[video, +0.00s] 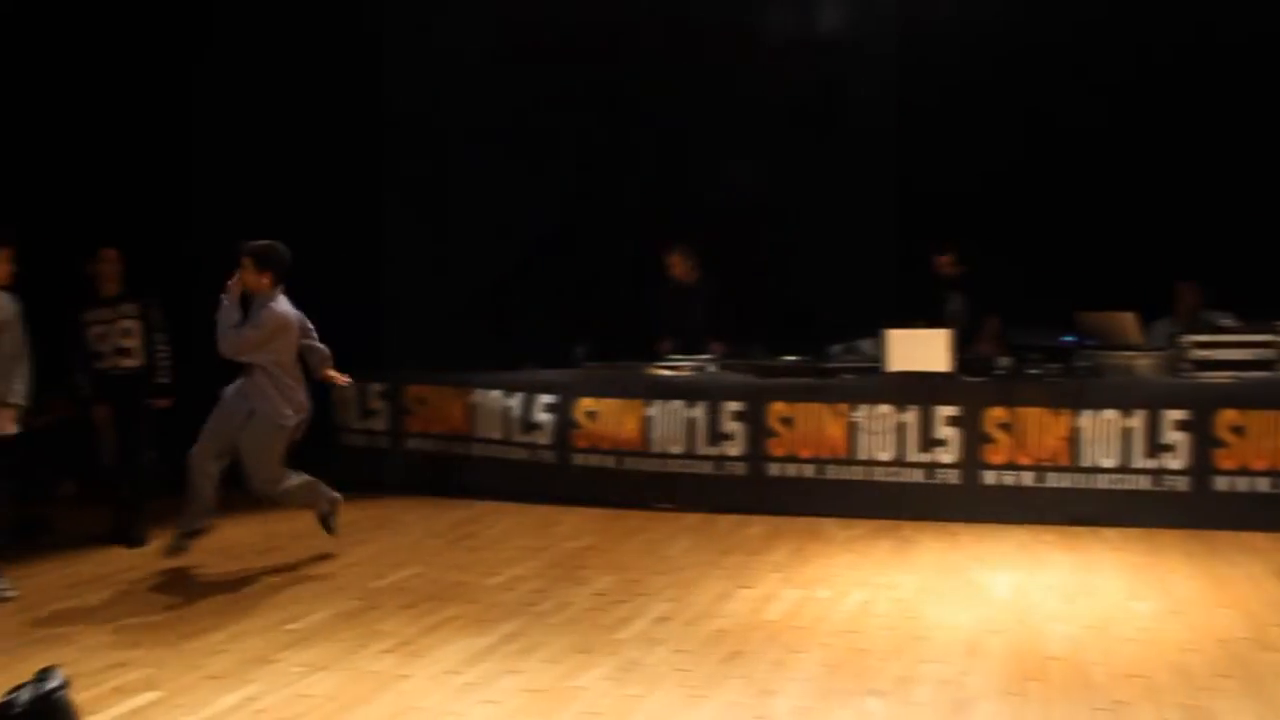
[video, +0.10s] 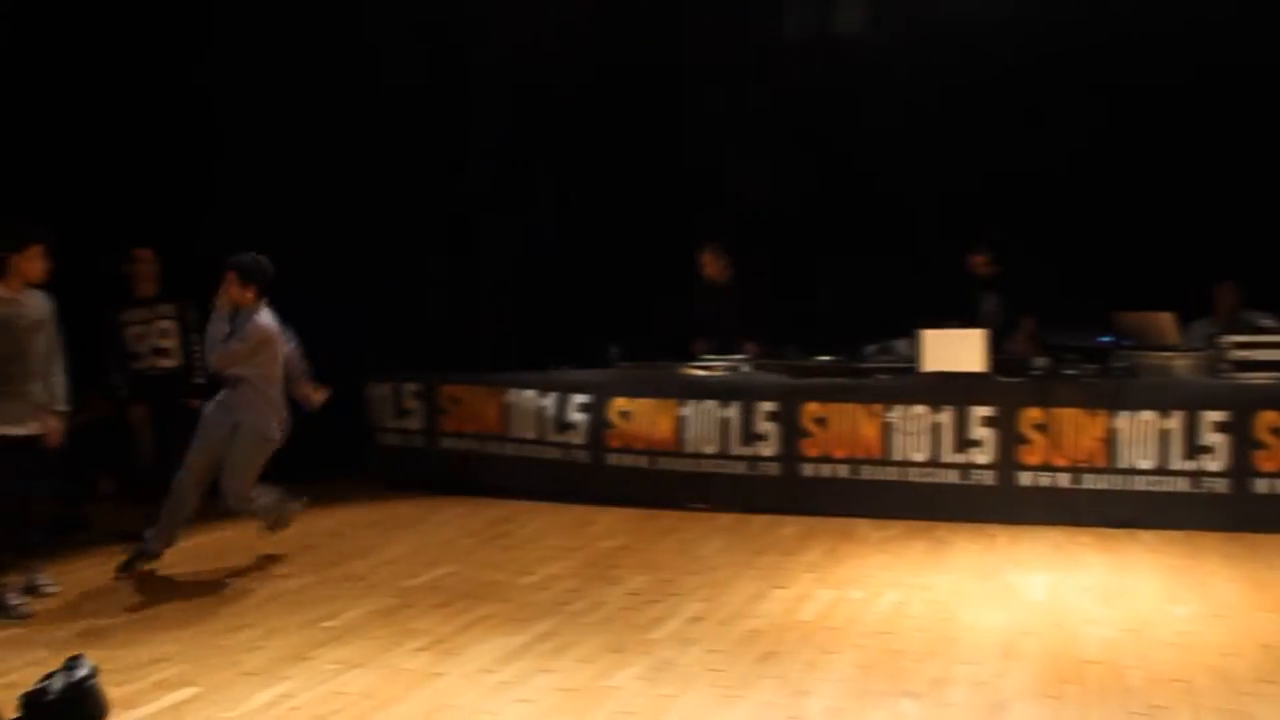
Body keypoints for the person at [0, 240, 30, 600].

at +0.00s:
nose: (8, 271)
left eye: (10, 263)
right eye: (5, 263)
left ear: (14, 268)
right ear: (1, 267)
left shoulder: (11, 306)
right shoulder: (11, 307)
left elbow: (18, 359)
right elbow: (18, 359)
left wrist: (12, 406)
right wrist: (12, 405)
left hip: (8, 420)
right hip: (9, 420)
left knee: (9, 495)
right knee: (10, 495)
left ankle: (5, 569)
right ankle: (5, 568)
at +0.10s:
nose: (42, 265)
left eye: (42, 257)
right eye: (35, 258)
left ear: (34, 263)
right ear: (14, 261)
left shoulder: (40, 304)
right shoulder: (7, 304)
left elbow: (53, 361)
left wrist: (56, 410)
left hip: (36, 430)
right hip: (7, 433)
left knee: (37, 505)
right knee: (11, 513)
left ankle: (34, 568)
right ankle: (7, 583)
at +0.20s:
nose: (77, 262)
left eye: (77, 254)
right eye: (70, 254)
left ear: (69, 259)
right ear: (49, 258)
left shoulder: (77, 301)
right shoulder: (17, 301)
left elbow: (88, 359)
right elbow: (6, 364)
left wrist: (94, 410)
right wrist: (10, 415)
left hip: (73, 424)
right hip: (33, 427)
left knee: (67, 500)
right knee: (37, 504)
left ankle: (60, 562)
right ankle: (40, 576)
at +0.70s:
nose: (119, 256)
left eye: (122, 249)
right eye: (110, 248)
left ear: (123, 254)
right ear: (90, 252)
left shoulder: (124, 300)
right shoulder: (66, 297)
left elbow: (130, 358)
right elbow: (45, 359)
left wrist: (131, 406)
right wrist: (51, 415)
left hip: (116, 422)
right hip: (76, 425)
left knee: (110, 502)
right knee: (77, 505)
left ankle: (104, 572)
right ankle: (76, 577)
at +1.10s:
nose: (157, 253)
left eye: (163, 246)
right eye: (149, 245)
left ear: (168, 252)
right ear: (132, 248)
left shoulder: (164, 296)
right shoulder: (113, 290)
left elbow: (166, 356)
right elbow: (94, 348)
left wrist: (165, 403)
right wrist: (94, 405)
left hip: (150, 413)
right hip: (117, 415)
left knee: (136, 493)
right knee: (125, 493)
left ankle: (119, 566)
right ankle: (116, 567)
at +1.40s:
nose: (207, 268)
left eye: (210, 259)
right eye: (201, 258)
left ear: (208, 262)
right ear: (181, 258)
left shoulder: (186, 304)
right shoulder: (160, 300)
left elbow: (179, 372)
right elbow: (144, 360)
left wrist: (193, 422)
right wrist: (143, 418)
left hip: (184, 422)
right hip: (164, 425)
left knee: (187, 490)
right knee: (174, 495)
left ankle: (149, 543)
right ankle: (167, 572)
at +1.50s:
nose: (214, 250)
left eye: (217, 242)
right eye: (207, 241)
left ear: (215, 246)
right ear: (186, 244)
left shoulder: (195, 287)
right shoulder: (179, 285)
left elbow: (188, 348)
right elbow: (167, 345)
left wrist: (192, 401)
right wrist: (166, 403)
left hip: (194, 413)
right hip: (176, 416)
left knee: (195, 487)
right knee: (174, 492)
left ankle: (181, 558)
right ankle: (165, 571)